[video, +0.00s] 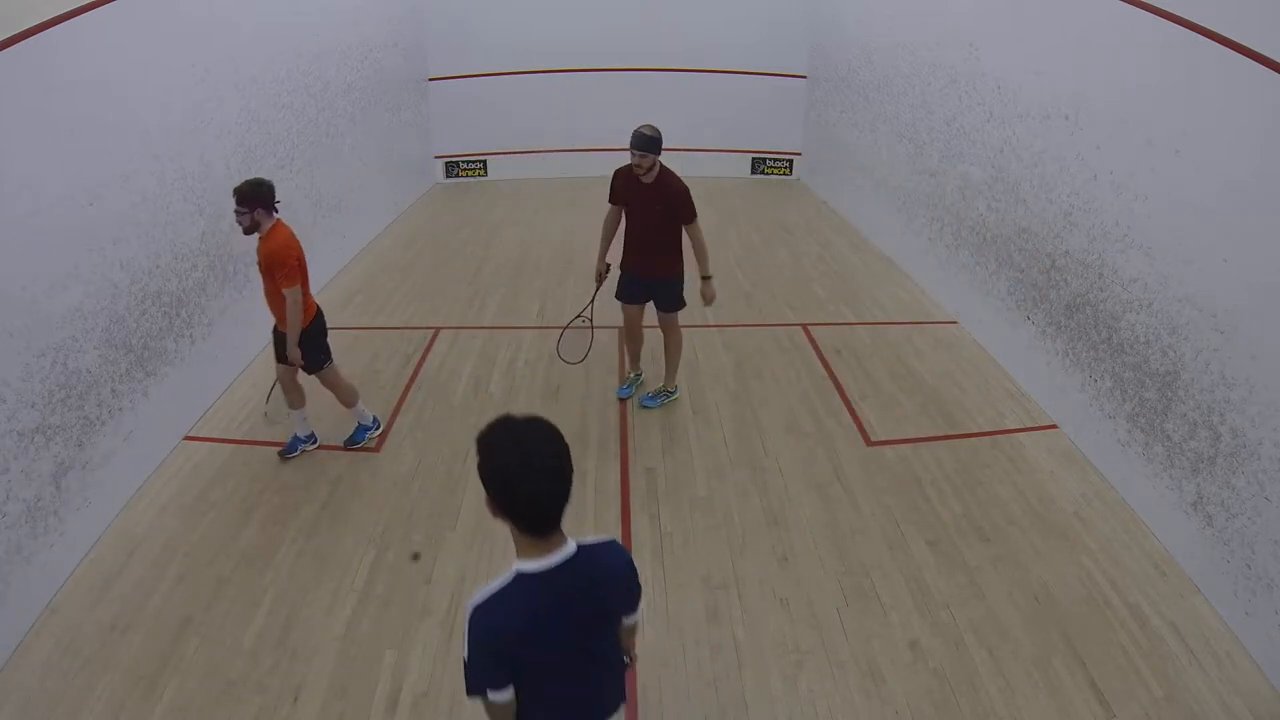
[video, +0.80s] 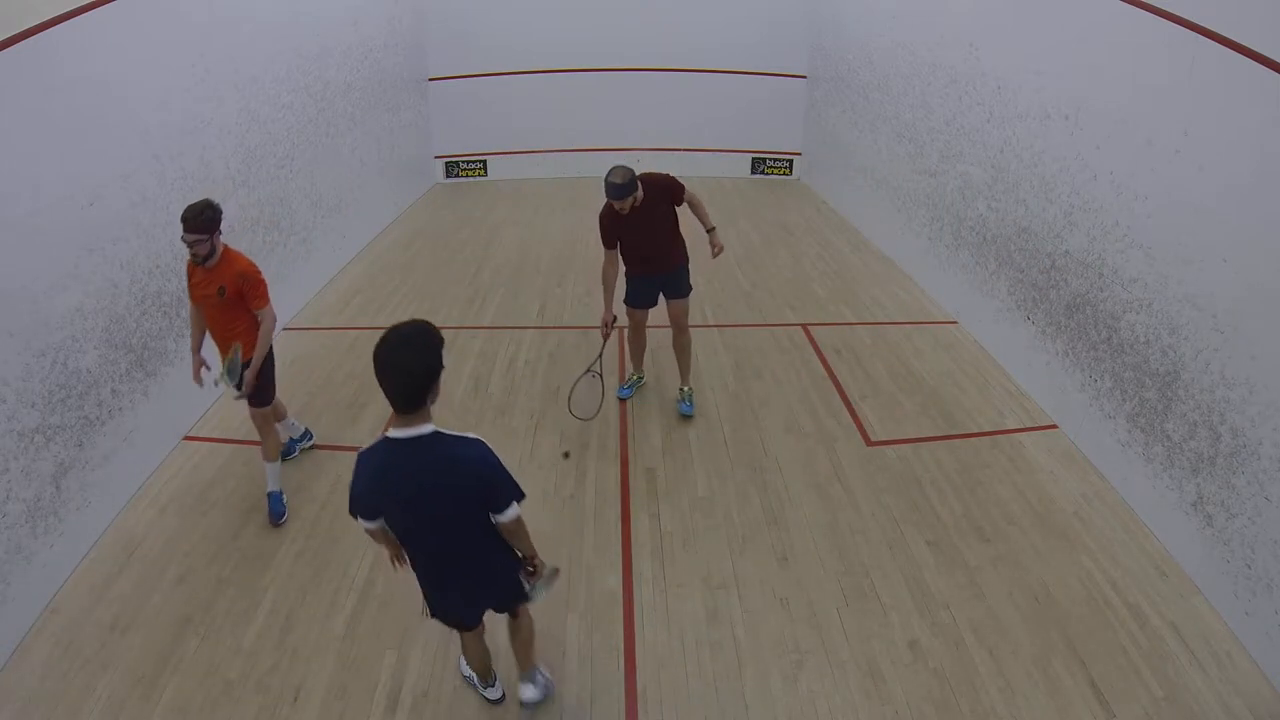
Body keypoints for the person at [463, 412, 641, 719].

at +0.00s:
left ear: (492, 507)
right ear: (568, 482)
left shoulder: (490, 614)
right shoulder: (613, 560)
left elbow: (501, 709)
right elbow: (628, 628)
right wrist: (626, 654)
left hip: (541, 712)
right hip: (609, 705)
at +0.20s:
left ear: (470, 474)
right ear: (538, 449)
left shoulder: (469, 569)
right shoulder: (584, 524)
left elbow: (480, 657)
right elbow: (607, 590)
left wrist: (484, 693)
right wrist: (603, 623)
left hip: (520, 683)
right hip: (583, 667)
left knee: (510, 708)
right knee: (581, 710)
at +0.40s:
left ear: (433, 445)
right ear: (498, 430)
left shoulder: (431, 539)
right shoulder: (541, 503)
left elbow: (444, 623)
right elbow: (572, 570)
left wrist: (461, 659)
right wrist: (580, 602)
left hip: (493, 645)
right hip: (550, 632)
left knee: (491, 669)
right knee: (566, 696)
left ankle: (489, 685)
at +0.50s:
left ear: (413, 424)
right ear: (476, 415)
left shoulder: (409, 519)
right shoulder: (518, 488)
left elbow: (423, 599)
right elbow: (550, 558)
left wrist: (442, 639)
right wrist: (565, 594)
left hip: (473, 621)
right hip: (530, 609)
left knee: (481, 656)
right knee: (558, 679)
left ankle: (489, 688)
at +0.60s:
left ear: (397, 409)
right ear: (458, 399)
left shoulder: (389, 495)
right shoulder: (497, 472)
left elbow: (400, 567)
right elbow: (532, 541)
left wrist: (421, 603)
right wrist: (550, 574)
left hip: (457, 603)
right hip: (514, 589)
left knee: (475, 646)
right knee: (545, 647)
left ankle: (489, 688)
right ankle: (568, 714)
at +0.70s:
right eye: (449, 377)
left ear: (387, 398)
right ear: (446, 392)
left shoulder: (376, 478)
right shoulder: (481, 463)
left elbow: (379, 542)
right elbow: (519, 528)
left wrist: (405, 572)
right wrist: (539, 562)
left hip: (446, 586)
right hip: (502, 574)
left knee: (471, 633)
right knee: (530, 621)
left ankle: (488, 685)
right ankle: (551, 703)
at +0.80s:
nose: (442, 379)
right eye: (441, 374)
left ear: (384, 389)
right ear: (436, 388)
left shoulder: (371, 464)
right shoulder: (471, 453)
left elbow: (371, 523)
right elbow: (508, 520)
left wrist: (392, 544)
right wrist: (530, 555)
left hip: (438, 575)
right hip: (492, 562)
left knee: (469, 630)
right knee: (517, 612)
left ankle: (488, 685)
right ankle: (530, 680)